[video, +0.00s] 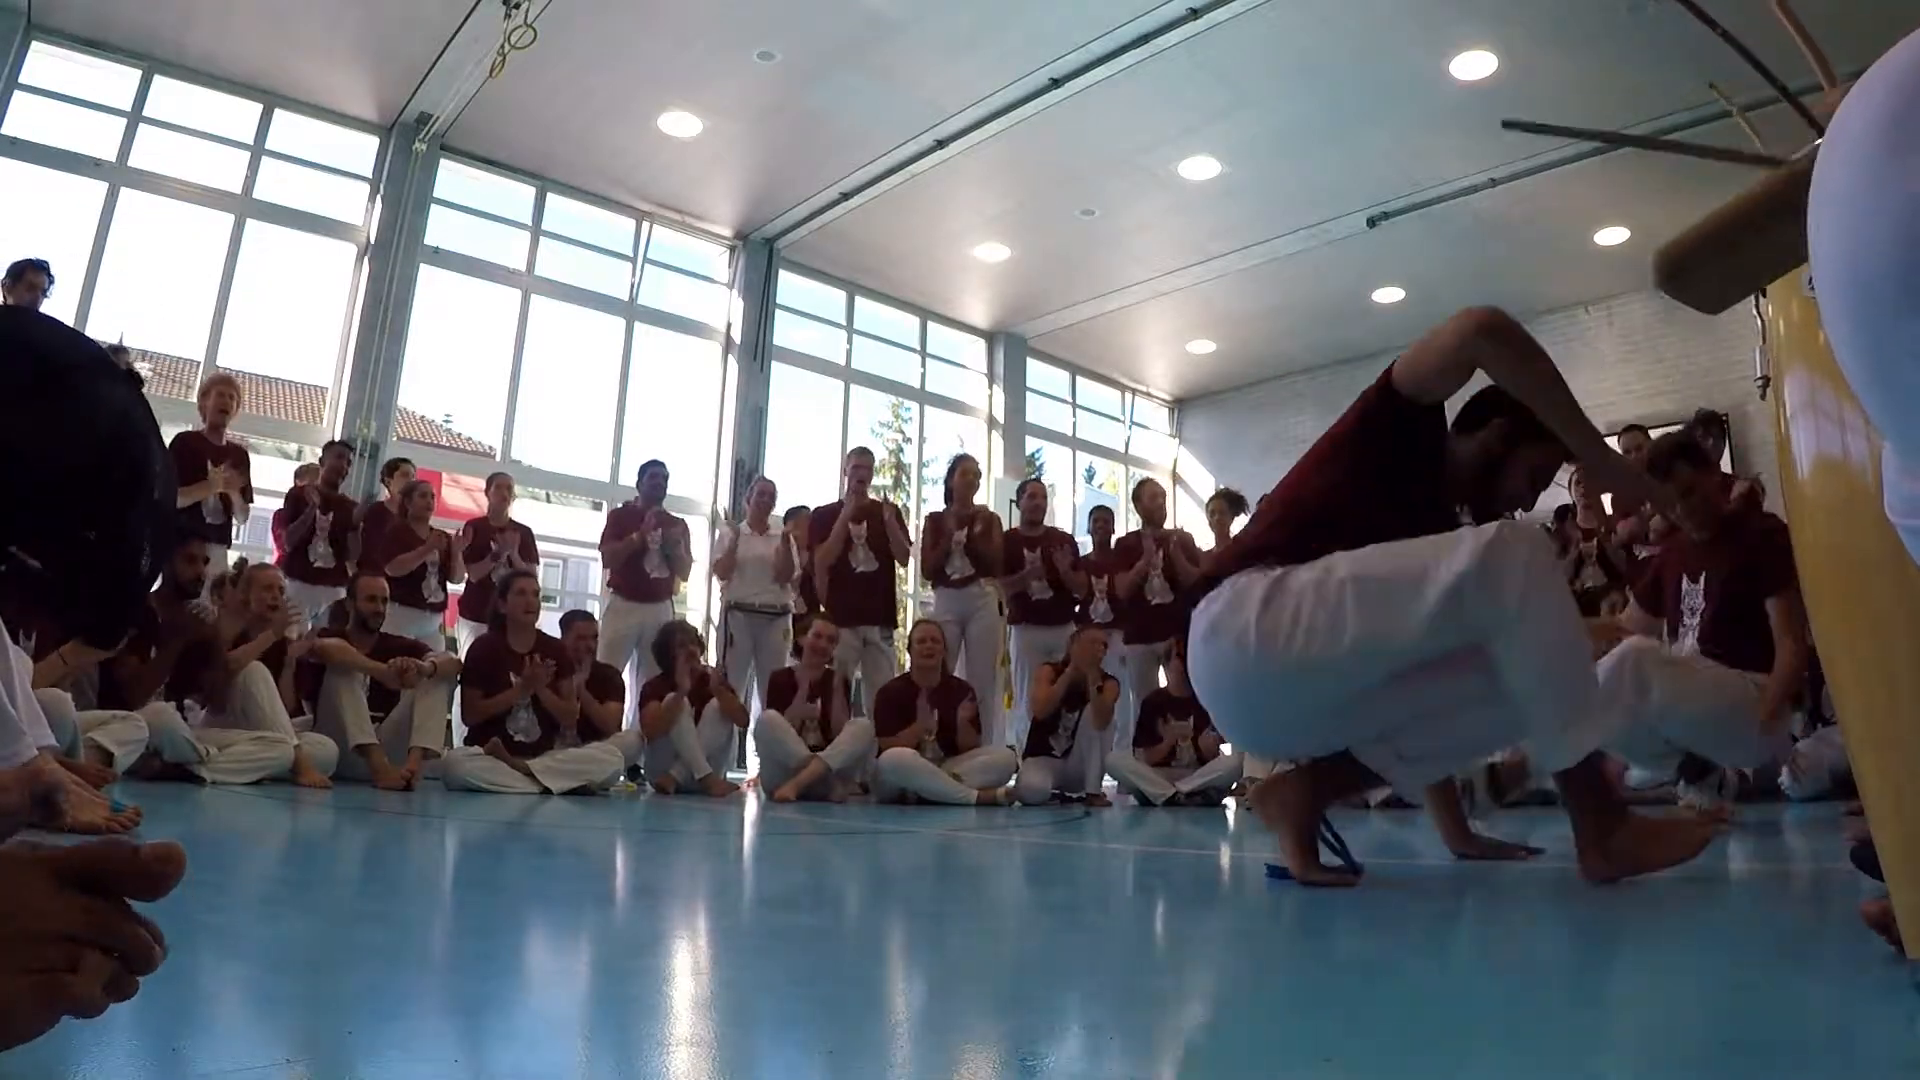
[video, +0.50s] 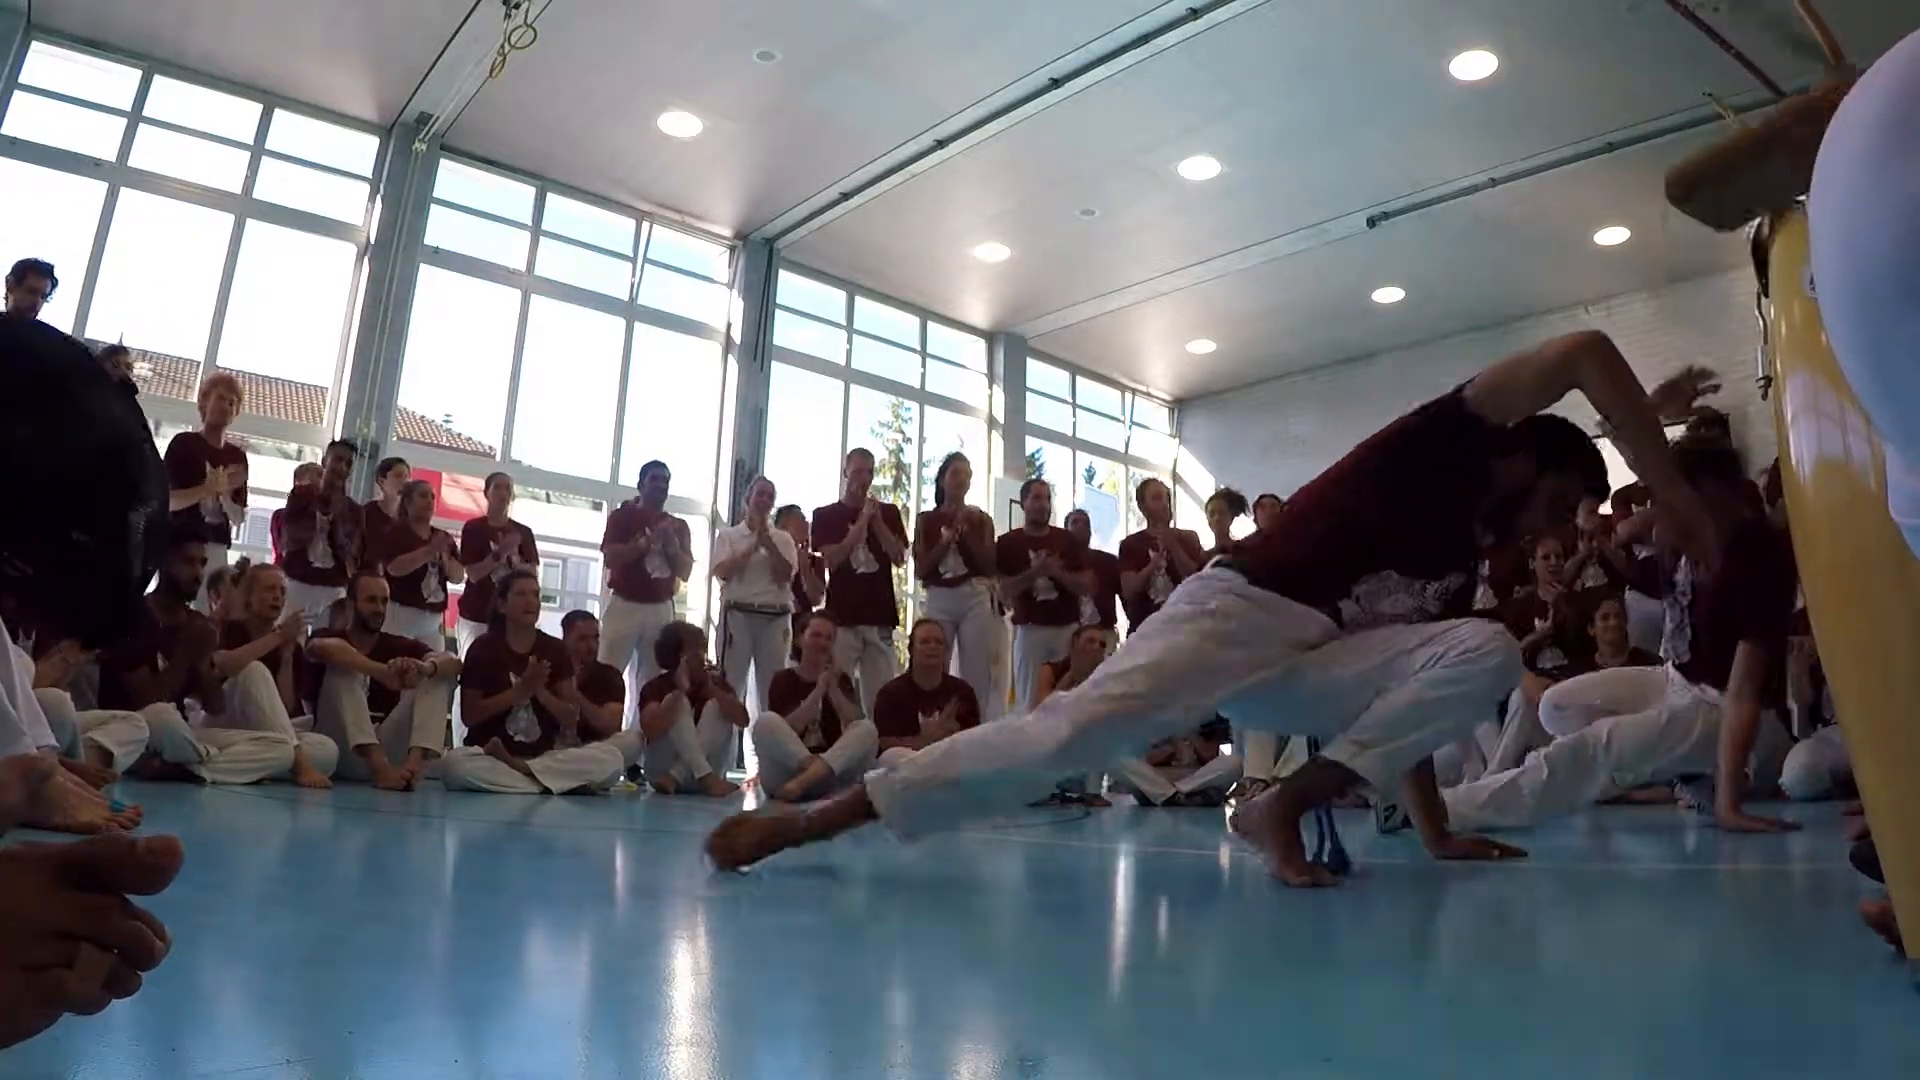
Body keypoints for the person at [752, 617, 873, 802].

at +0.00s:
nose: (823, 645)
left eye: (831, 641)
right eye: (817, 636)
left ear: (835, 648)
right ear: (801, 639)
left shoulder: (838, 681)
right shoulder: (780, 678)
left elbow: (839, 733)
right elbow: (774, 736)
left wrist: (837, 688)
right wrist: (802, 691)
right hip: (784, 777)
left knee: (864, 727)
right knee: (767, 719)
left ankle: (796, 784)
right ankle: (831, 784)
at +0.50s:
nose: (822, 643)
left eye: (828, 638)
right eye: (816, 636)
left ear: (833, 644)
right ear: (799, 639)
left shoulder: (841, 680)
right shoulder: (783, 679)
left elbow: (858, 724)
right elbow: (782, 731)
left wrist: (834, 691)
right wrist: (818, 692)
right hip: (787, 775)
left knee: (866, 729)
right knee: (765, 722)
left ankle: (801, 783)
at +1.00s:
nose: (823, 646)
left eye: (829, 642)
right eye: (817, 639)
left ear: (834, 647)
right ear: (801, 640)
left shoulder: (841, 682)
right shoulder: (782, 682)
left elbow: (857, 726)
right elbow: (783, 736)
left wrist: (835, 689)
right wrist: (819, 698)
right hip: (787, 777)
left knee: (865, 729)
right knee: (766, 719)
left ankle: (800, 783)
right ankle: (830, 784)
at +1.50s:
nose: (818, 649)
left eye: (824, 643)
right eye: (812, 642)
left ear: (831, 645)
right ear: (798, 643)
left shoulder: (842, 674)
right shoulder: (786, 679)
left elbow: (853, 717)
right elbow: (795, 731)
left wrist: (829, 672)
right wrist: (810, 681)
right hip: (789, 775)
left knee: (862, 727)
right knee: (773, 713)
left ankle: (798, 782)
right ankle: (829, 785)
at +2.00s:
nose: (812, 650)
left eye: (814, 646)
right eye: (806, 646)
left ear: (817, 646)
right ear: (784, 648)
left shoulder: (823, 672)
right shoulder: (771, 678)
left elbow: (846, 698)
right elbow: (797, 715)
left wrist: (829, 646)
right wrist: (789, 661)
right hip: (785, 778)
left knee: (854, 717)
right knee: (768, 719)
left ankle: (801, 784)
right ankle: (829, 785)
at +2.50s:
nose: (810, 662)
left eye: (814, 654)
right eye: (802, 657)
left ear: (819, 651)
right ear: (789, 655)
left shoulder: (825, 675)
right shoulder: (772, 678)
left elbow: (850, 669)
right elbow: (781, 693)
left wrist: (825, 630)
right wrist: (782, 642)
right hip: (785, 778)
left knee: (860, 720)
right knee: (788, 708)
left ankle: (806, 784)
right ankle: (831, 784)